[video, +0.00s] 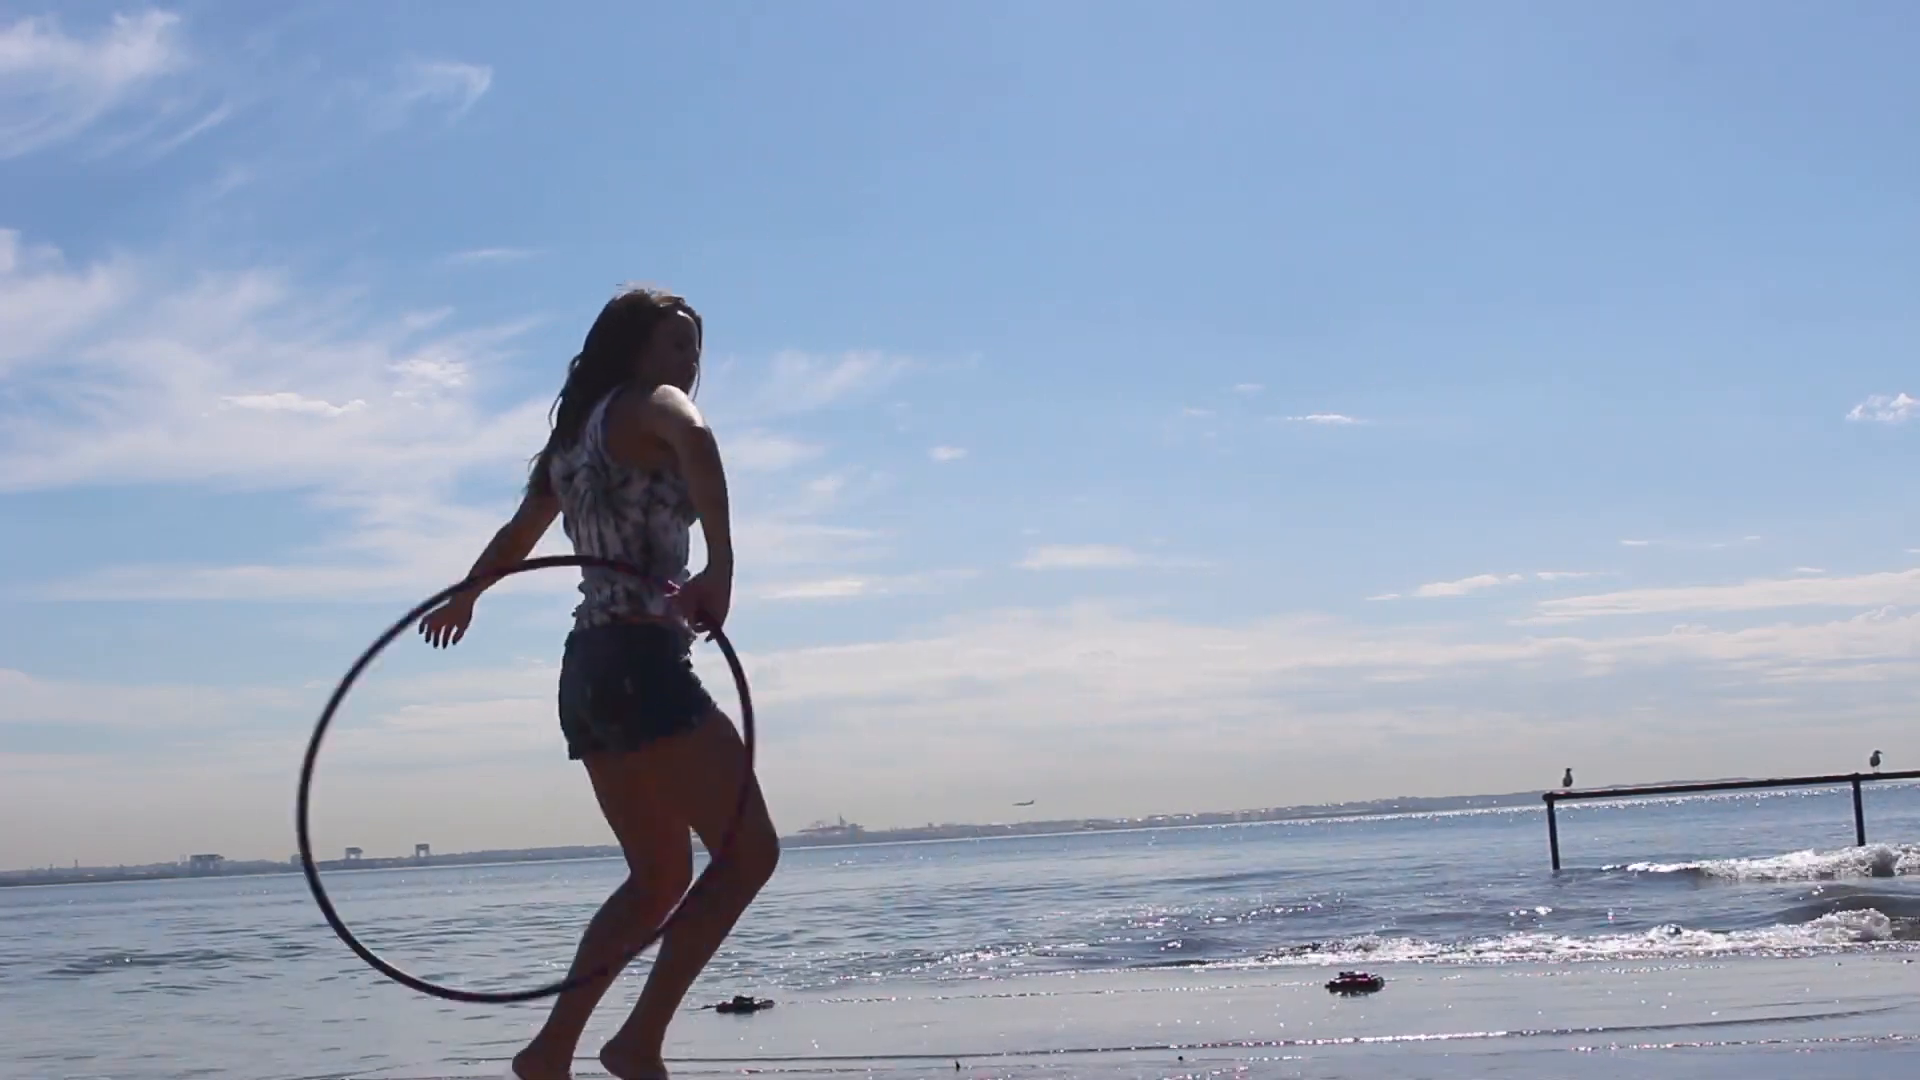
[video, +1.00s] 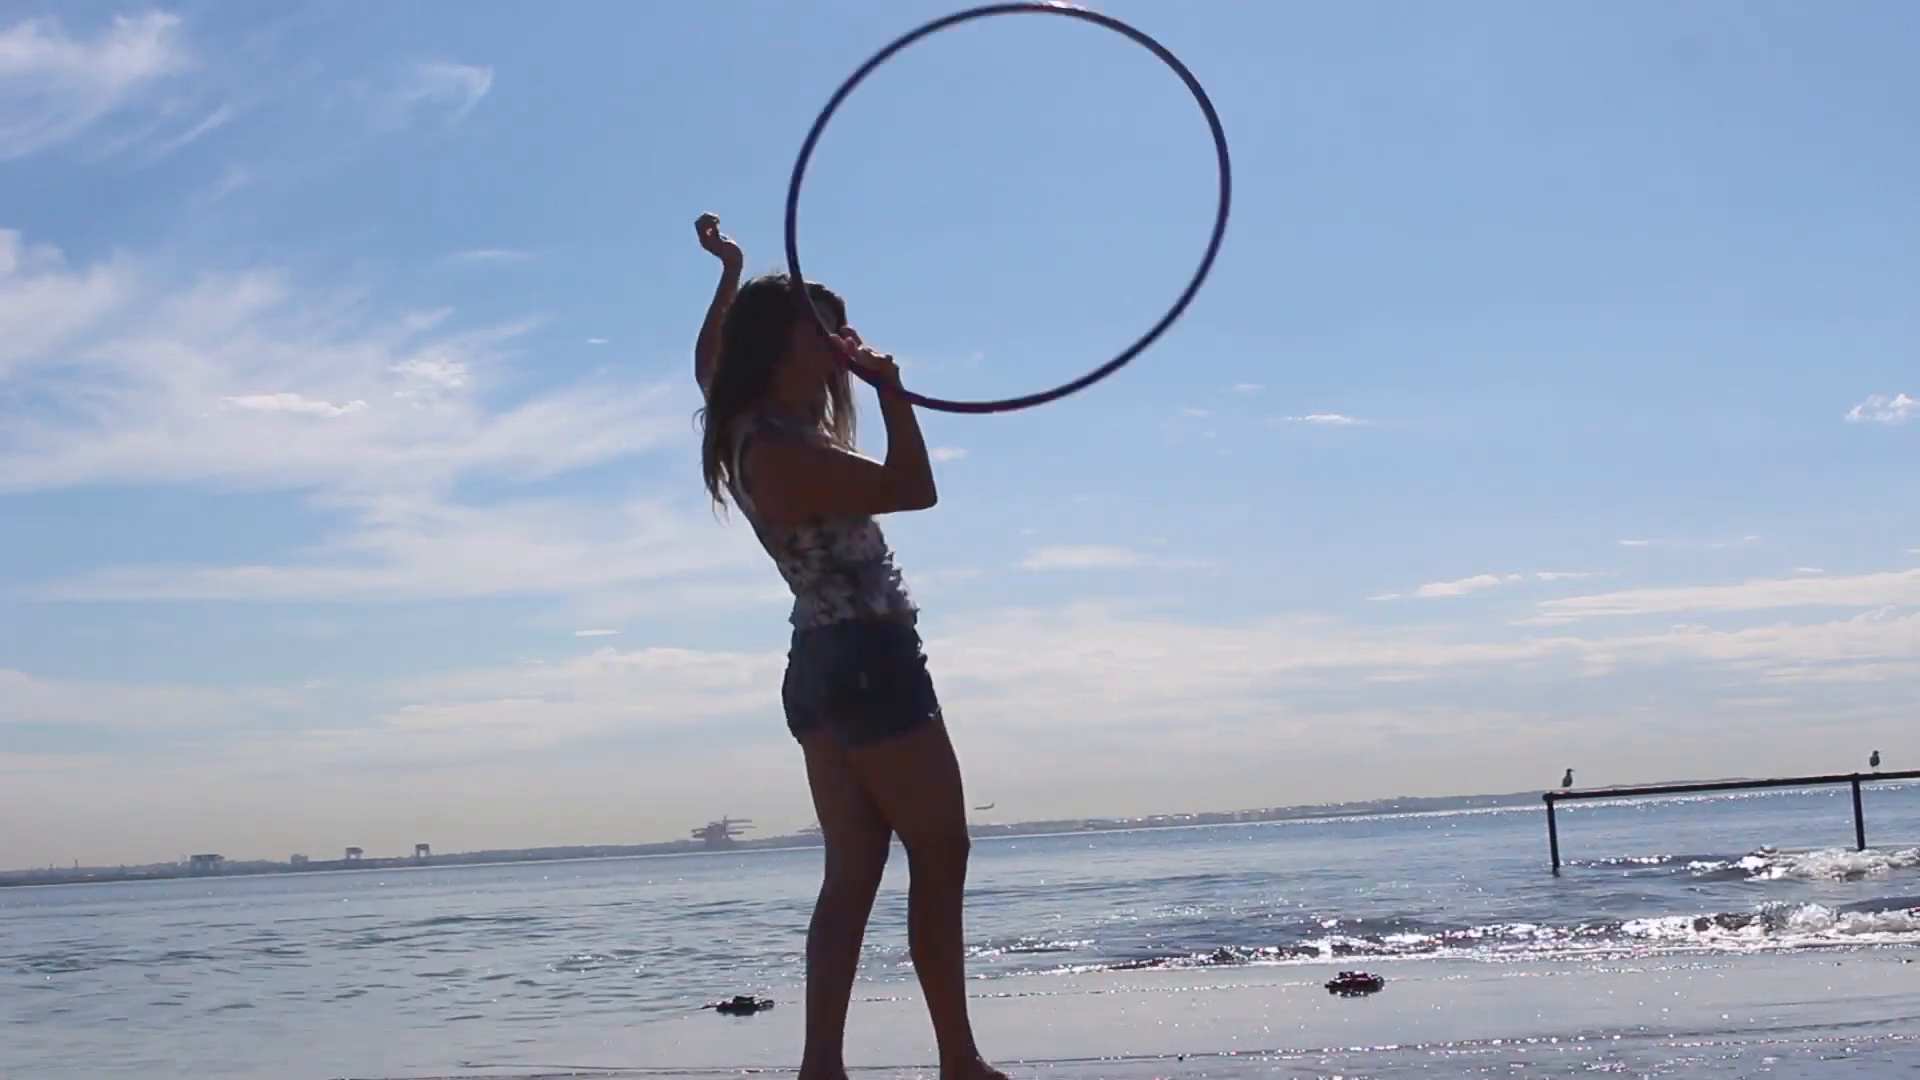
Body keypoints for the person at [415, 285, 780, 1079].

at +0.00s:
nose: (694, 365)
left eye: (697, 351)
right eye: (687, 348)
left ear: (622, 351)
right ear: (648, 341)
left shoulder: (576, 431)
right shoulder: (657, 401)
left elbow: (524, 529)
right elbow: (696, 444)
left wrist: (470, 588)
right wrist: (719, 567)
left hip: (590, 668)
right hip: (644, 662)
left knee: (659, 880)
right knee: (751, 851)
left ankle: (550, 1050)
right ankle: (640, 1042)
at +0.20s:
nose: (712, 389)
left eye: (713, 374)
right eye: (703, 373)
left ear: (642, 381)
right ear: (667, 378)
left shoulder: (587, 465)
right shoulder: (680, 442)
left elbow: (489, 539)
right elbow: (668, 501)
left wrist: (388, 598)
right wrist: (598, 584)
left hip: (607, 706)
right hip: (649, 705)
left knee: (752, 869)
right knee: (645, 906)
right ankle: (557, 1073)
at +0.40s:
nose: (747, 378)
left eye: (751, 365)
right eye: (737, 360)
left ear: (662, 367)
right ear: (691, 357)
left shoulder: (628, 461)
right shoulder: (685, 414)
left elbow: (621, 609)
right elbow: (694, 453)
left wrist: (619, 733)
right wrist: (740, 577)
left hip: (699, 683)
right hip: (692, 680)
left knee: (797, 874)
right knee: (696, 897)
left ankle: (801, 1071)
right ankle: (569, 1066)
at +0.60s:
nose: (781, 379)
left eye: (785, 366)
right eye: (770, 363)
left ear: (774, 371)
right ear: (724, 362)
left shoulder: (756, 450)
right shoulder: (678, 441)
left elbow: (814, 495)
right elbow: (623, 527)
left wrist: (874, 412)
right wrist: (723, 559)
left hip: (786, 685)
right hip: (744, 690)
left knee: (843, 880)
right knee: (870, 867)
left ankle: (811, 1070)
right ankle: (878, 1066)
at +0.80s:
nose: (813, 396)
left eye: (818, 380)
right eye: (800, 377)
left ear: (817, 389)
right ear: (753, 375)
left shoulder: (797, 452)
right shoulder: (717, 474)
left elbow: (813, 335)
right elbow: (787, 588)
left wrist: (696, 286)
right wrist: (876, 522)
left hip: (841, 699)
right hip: (794, 710)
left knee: (869, 892)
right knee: (932, 838)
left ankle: (814, 1072)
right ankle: (1040, 1044)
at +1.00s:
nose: (839, 341)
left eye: (835, 328)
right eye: (825, 329)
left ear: (761, 354)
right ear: (780, 349)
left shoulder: (748, 436)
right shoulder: (786, 452)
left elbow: (717, 358)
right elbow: (911, 487)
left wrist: (731, 267)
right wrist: (889, 385)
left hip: (821, 664)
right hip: (872, 664)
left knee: (850, 868)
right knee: (941, 854)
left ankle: (821, 1063)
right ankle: (959, 1056)